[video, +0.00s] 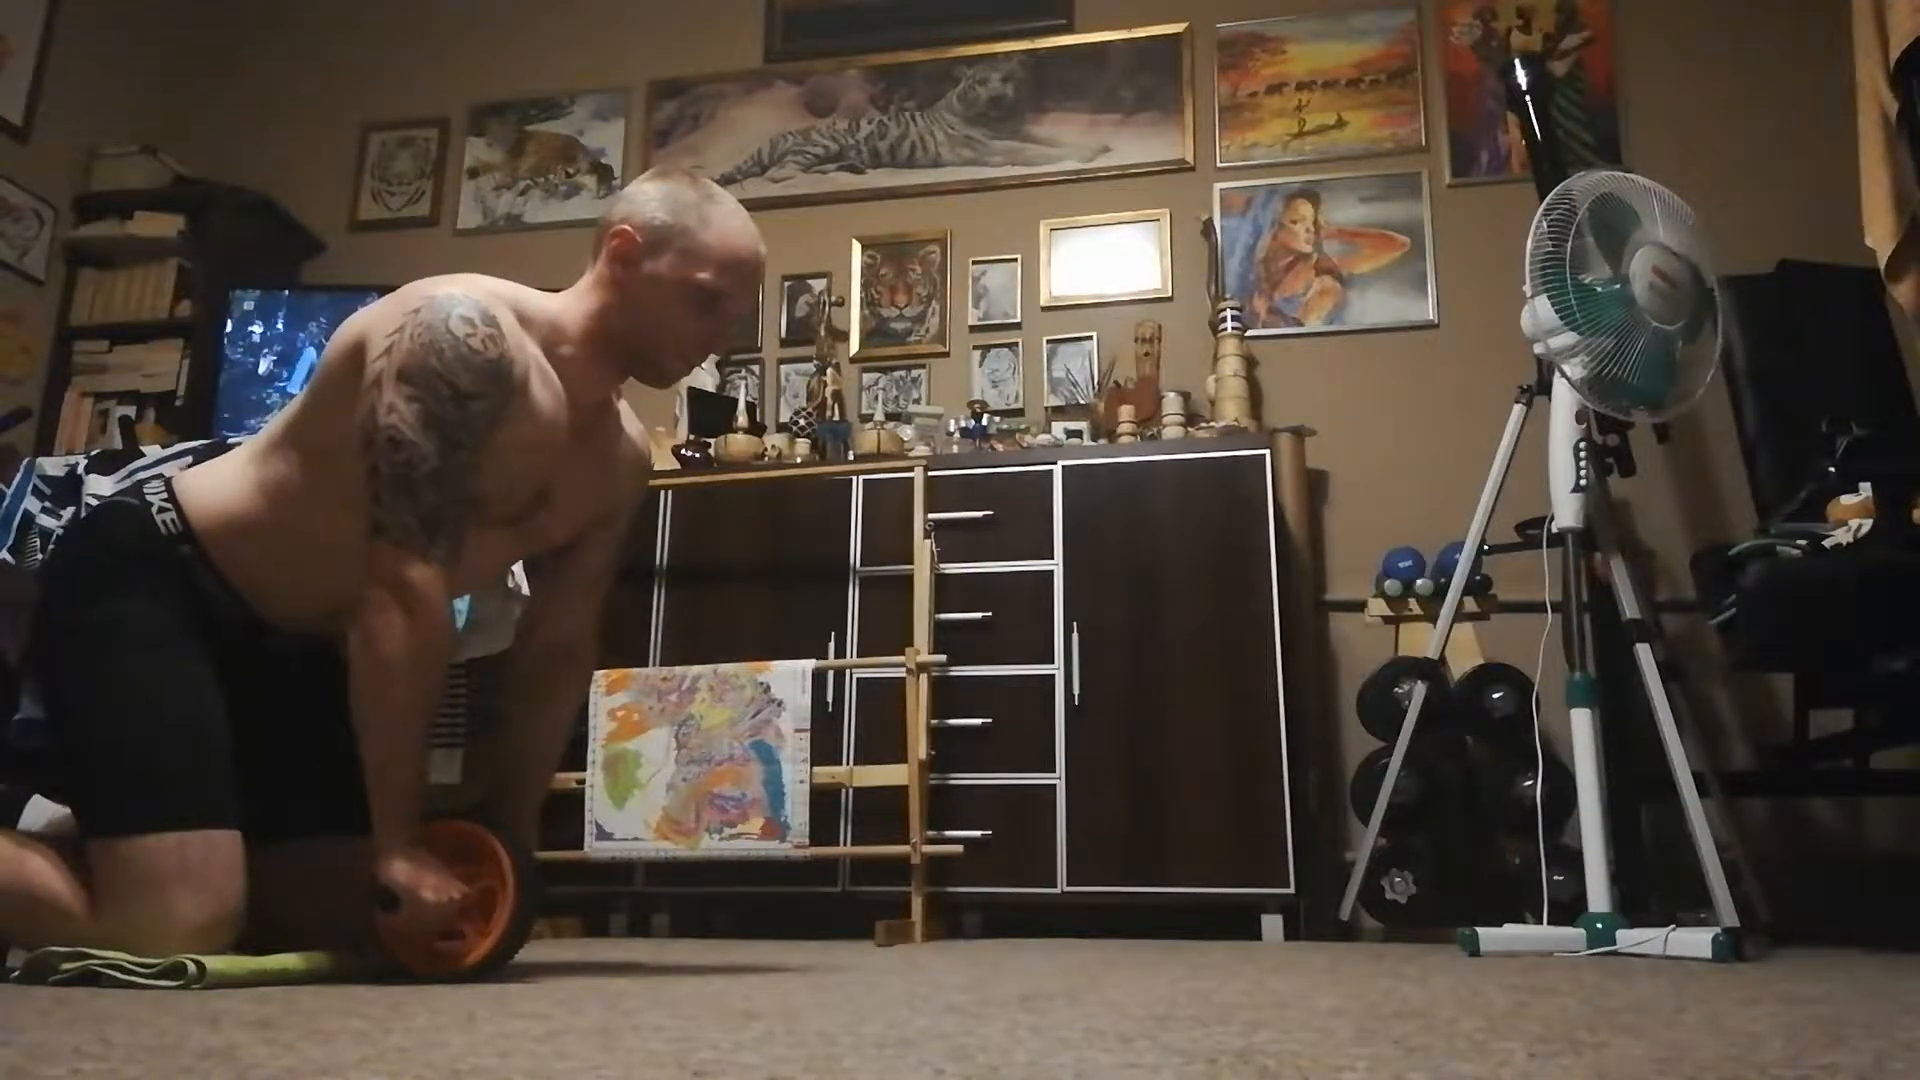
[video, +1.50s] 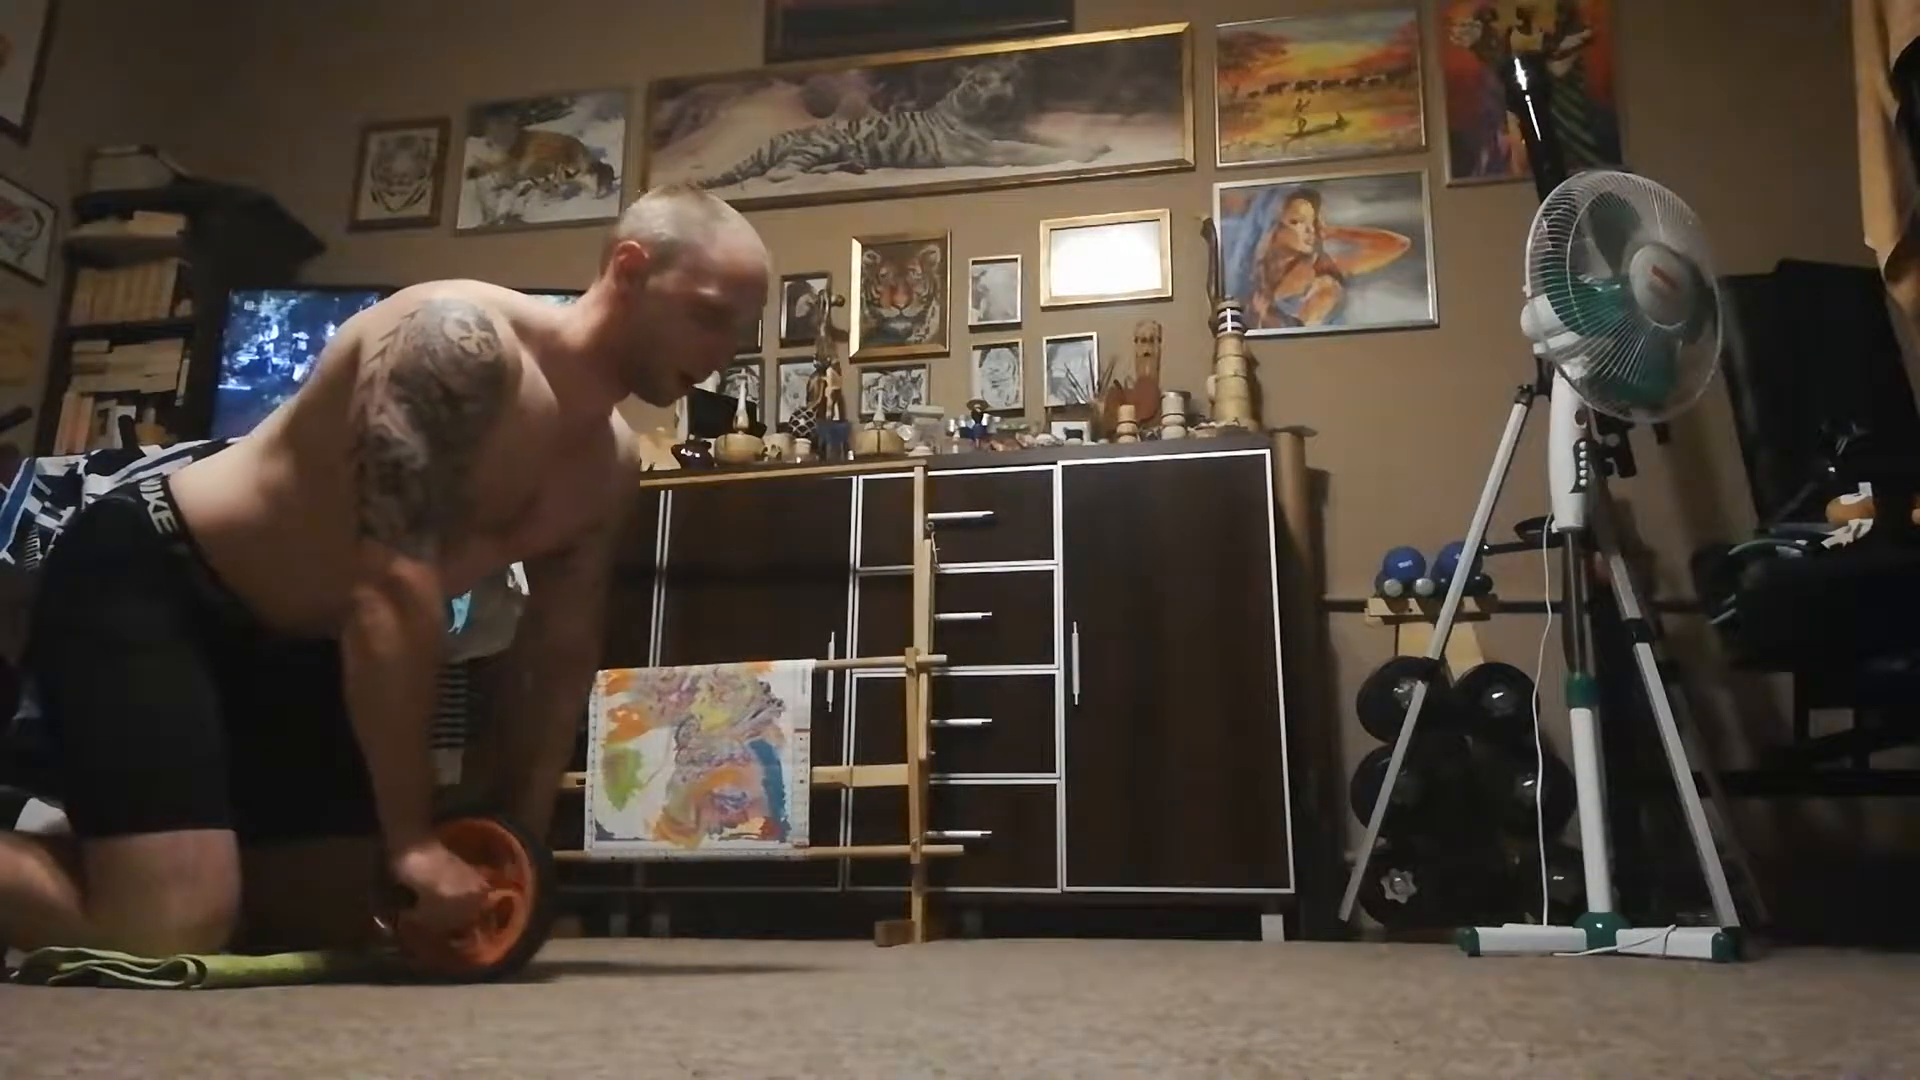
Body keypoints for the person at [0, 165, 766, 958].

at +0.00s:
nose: (729, 334)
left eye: (740, 311)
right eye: (713, 299)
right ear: (625, 253)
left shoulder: (617, 466)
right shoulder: (463, 337)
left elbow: (553, 665)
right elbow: (398, 601)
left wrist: (499, 869)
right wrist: (398, 853)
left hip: (295, 640)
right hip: (150, 572)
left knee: (354, 915)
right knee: (180, 920)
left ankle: (63, 860)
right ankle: (10, 861)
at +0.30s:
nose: (720, 341)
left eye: (735, 317)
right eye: (706, 302)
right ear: (621, 255)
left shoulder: (615, 463)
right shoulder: (458, 339)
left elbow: (550, 664)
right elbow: (395, 602)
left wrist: (499, 866)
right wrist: (398, 850)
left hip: (292, 641)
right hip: (146, 571)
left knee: (356, 913)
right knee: (179, 922)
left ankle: (63, 859)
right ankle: (11, 860)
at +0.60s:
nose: (721, 344)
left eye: (735, 321)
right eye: (710, 306)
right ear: (624, 255)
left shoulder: (606, 464)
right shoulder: (452, 339)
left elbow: (546, 666)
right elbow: (389, 603)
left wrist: (496, 863)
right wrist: (398, 849)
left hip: (290, 638)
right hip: (144, 574)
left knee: (356, 910)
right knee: (180, 922)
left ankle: (76, 864)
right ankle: (10, 865)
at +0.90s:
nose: (722, 345)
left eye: (735, 322)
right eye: (710, 308)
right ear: (623, 256)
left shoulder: (604, 462)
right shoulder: (450, 342)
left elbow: (545, 666)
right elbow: (388, 605)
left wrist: (495, 860)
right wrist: (398, 849)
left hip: (292, 637)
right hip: (145, 575)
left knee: (354, 910)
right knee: (180, 922)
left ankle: (83, 869)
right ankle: (10, 865)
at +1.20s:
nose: (719, 348)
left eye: (733, 326)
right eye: (706, 311)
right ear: (620, 260)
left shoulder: (603, 461)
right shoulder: (444, 339)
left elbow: (543, 668)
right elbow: (386, 603)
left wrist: (489, 864)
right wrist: (399, 847)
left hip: (287, 636)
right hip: (142, 573)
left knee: (354, 911)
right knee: (179, 923)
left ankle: (94, 871)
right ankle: (9, 864)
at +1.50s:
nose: (726, 355)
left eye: (741, 332)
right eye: (713, 319)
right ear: (630, 269)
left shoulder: (609, 469)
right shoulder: (457, 340)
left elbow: (552, 676)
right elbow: (386, 599)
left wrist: (507, 868)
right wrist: (412, 842)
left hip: (293, 640)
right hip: (147, 575)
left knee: (349, 916)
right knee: (172, 931)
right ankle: (10, 860)